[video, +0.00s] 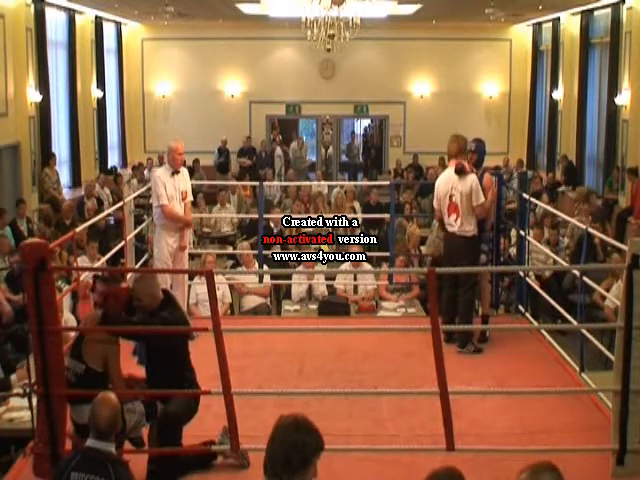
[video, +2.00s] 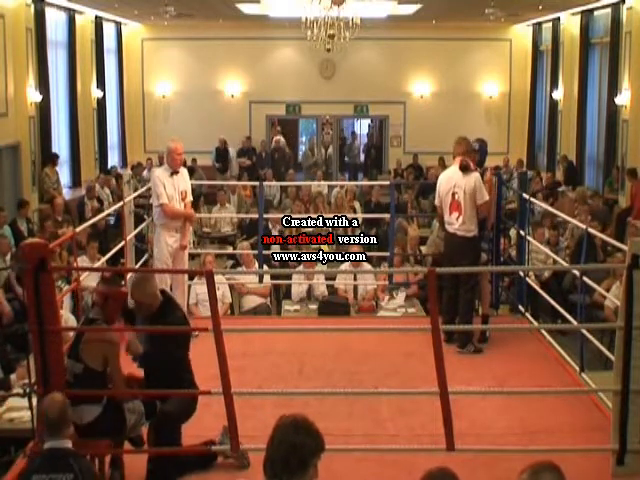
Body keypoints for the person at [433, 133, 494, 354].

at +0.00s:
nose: (466, 154)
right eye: (466, 151)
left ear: (448, 153)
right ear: (466, 152)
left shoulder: (441, 180)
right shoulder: (471, 179)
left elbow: (438, 213)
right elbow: (480, 211)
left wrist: (449, 225)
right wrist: (491, 195)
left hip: (449, 236)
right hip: (468, 236)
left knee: (449, 283)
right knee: (467, 285)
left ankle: (448, 327)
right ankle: (465, 335)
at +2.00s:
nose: (474, 159)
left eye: (472, 156)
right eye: (473, 156)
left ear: (455, 154)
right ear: (469, 155)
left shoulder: (443, 176)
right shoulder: (474, 177)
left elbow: (439, 206)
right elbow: (484, 209)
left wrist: (445, 227)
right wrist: (486, 184)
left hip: (450, 235)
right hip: (468, 237)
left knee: (450, 283)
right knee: (468, 285)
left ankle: (448, 327)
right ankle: (465, 335)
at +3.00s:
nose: (470, 154)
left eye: (463, 150)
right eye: (470, 151)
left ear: (452, 152)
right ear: (469, 152)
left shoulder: (443, 176)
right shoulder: (474, 176)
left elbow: (438, 205)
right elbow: (484, 205)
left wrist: (446, 224)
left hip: (450, 235)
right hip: (469, 236)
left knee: (449, 282)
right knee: (468, 284)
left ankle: (448, 327)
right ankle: (464, 334)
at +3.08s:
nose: (470, 154)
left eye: (463, 150)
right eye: (470, 151)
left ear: (452, 152)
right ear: (469, 151)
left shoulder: (443, 176)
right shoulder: (473, 175)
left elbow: (438, 205)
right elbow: (484, 203)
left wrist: (446, 224)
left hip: (450, 235)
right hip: (469, 236)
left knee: (449, 282)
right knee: (468, 284)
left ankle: (448, 327)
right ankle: (464, 334)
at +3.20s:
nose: (469, 154)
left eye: (465, 150)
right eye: (469, 151)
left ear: (452, 152)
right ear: (469, 152)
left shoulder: (443, 176)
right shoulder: (473, 175)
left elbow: (438, 205)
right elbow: (485, 197)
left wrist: (446, 225)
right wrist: (478, 174)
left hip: (450, 235)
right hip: (468, 236)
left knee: (449, 283)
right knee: (467, 284)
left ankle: (449, 327)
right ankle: (464, 334)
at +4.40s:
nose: (466, 154)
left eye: (455, 150)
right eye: (468, 150)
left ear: (452, 151)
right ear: (470, 152)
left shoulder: (443, 177)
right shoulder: (474, 179)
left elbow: (438, 210)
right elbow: (480, 212)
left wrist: (451, 217)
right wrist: (489, 204)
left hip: (449, 235)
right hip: (468, 236)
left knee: (450, 282)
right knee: (467, 284)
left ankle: (448, 327)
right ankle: (465, 335)